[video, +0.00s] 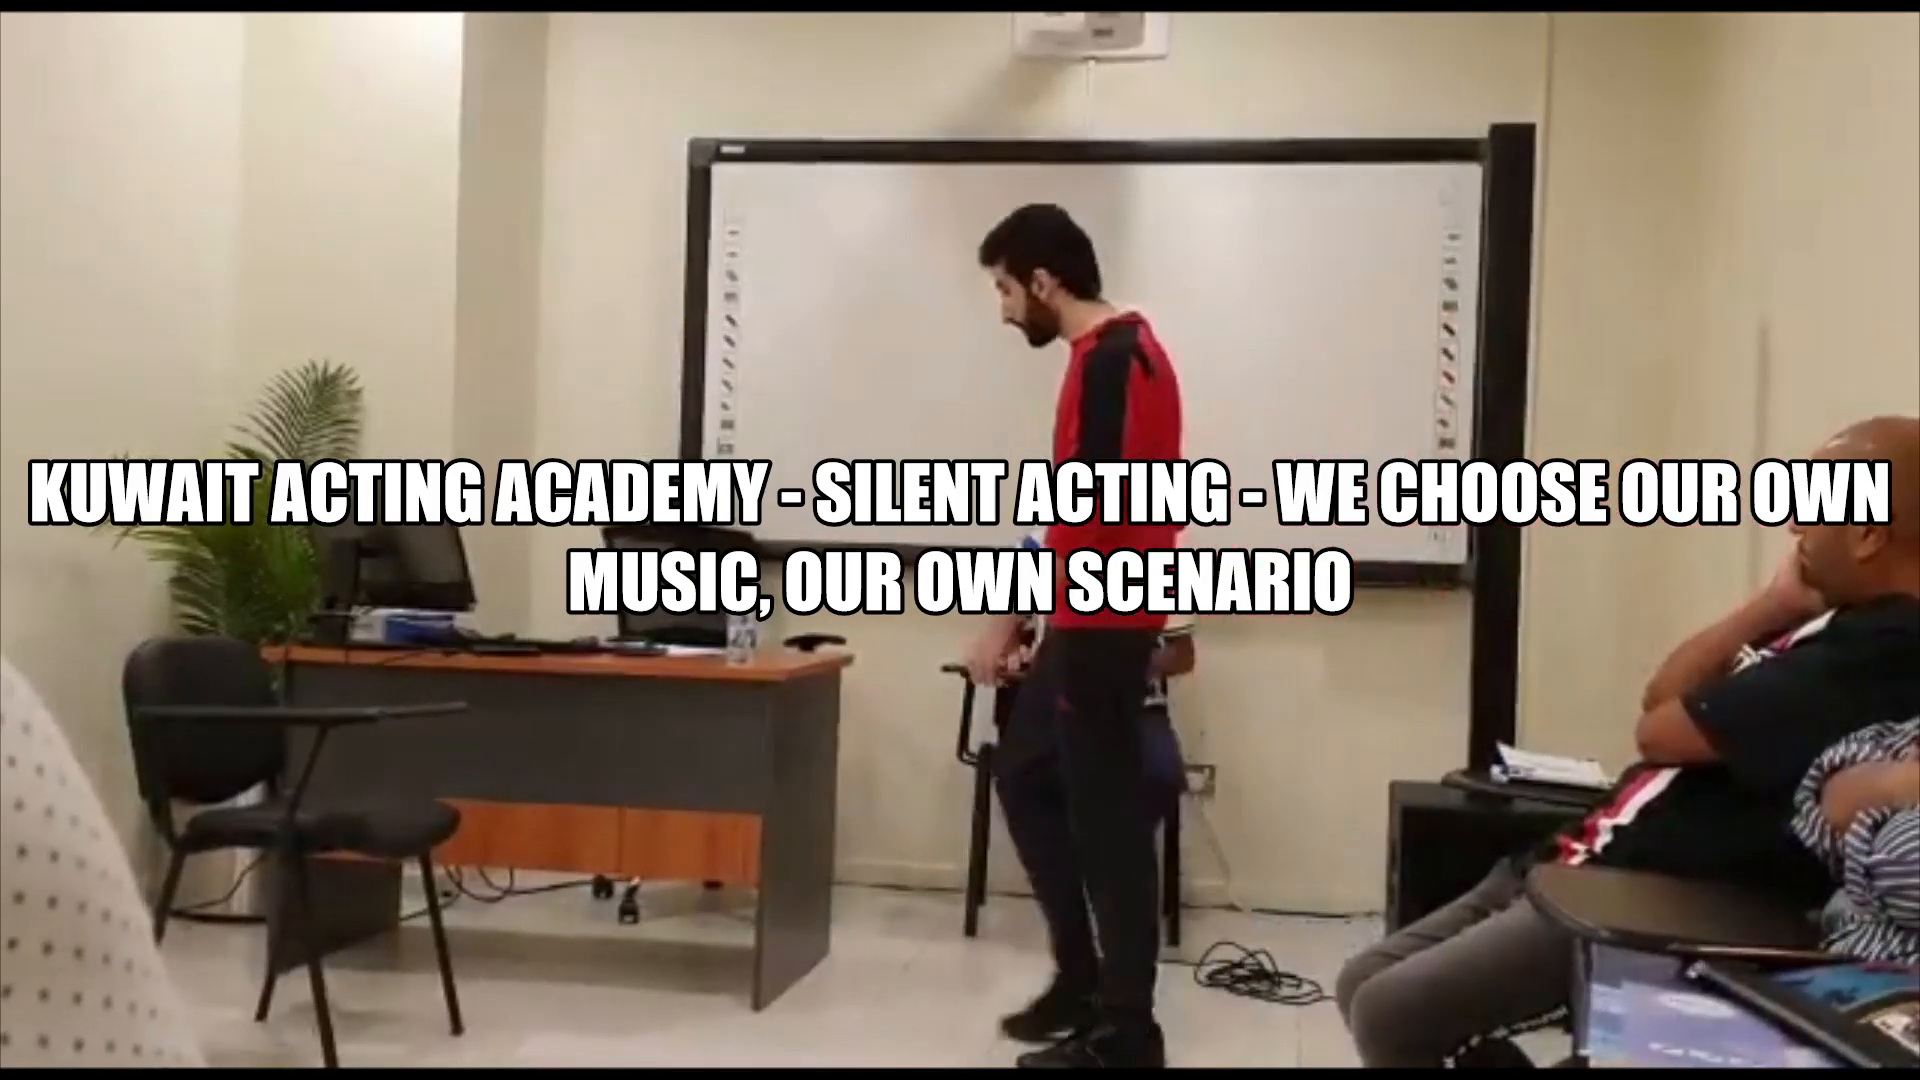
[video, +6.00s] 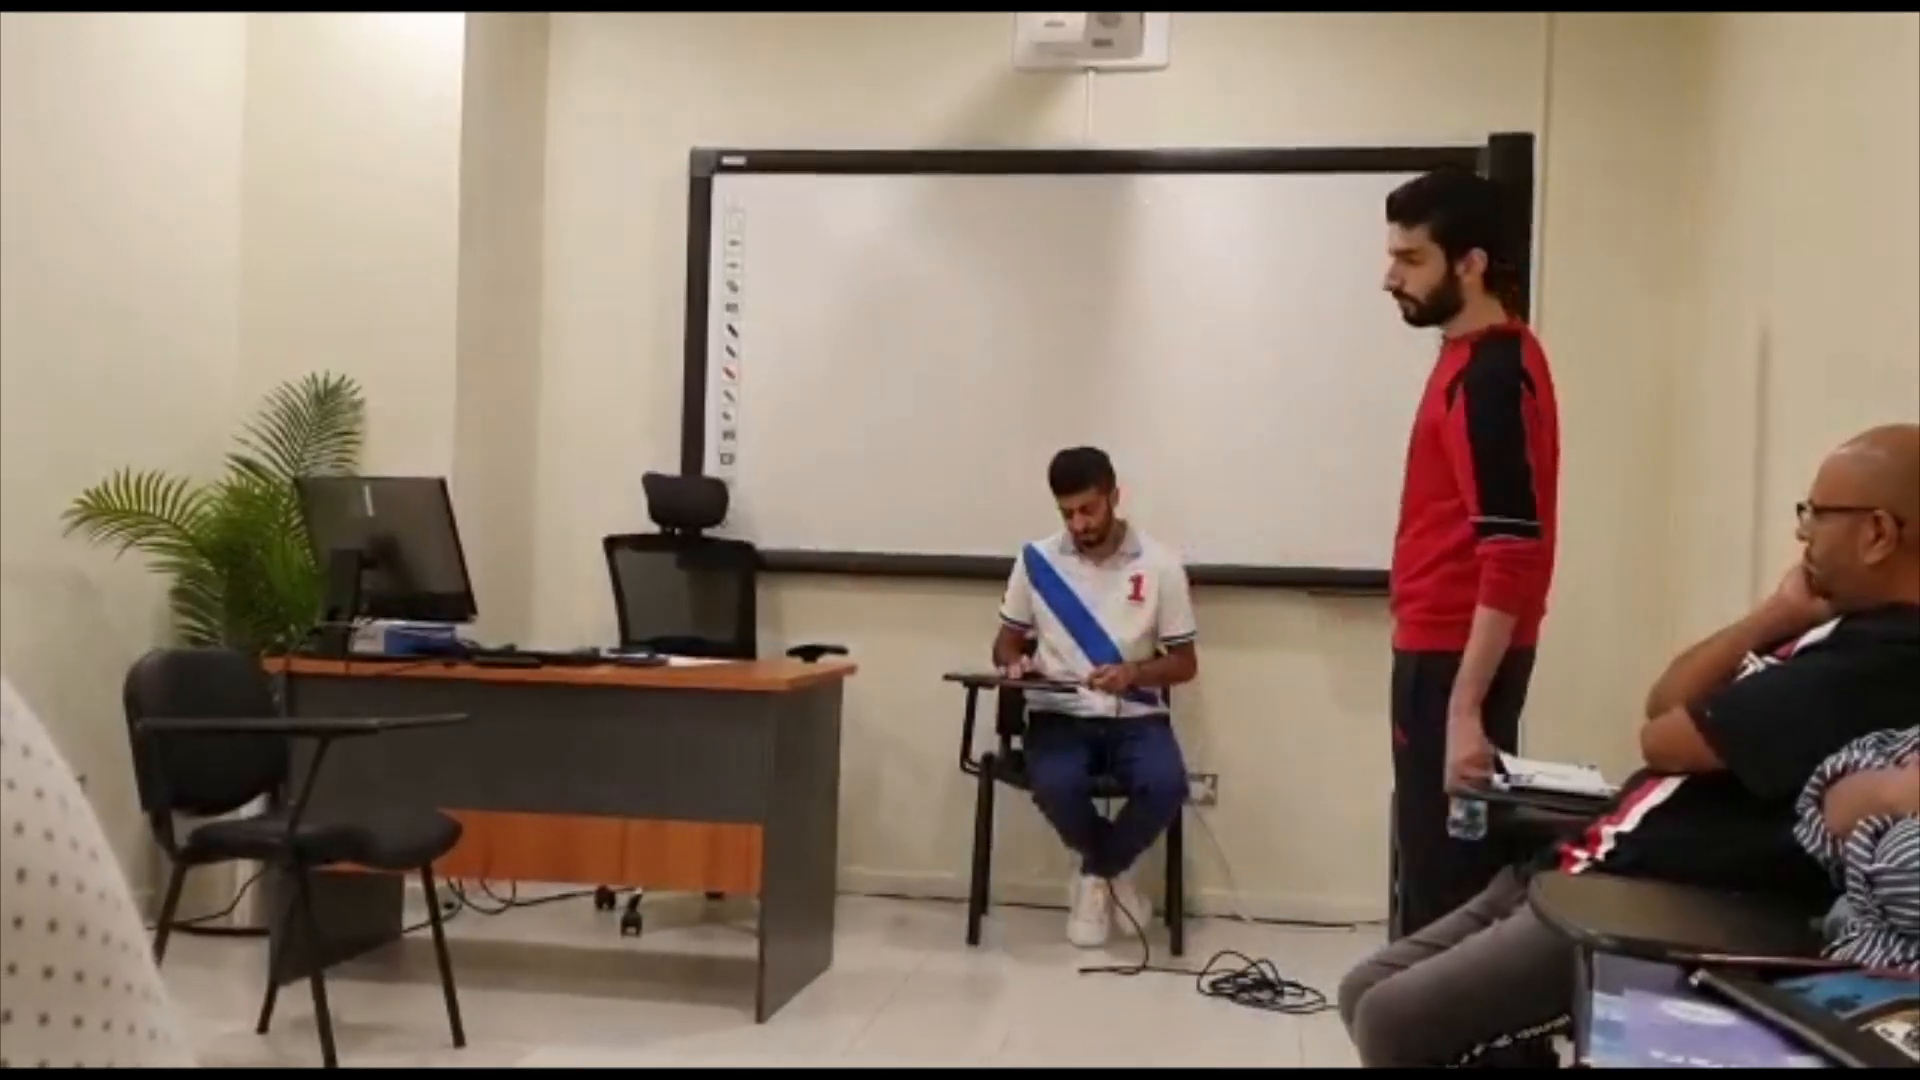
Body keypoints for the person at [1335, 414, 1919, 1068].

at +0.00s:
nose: (1796, 536)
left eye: (1813, 515)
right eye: (1801, 513)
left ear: (1872, 535)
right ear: (1874, 537)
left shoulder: (1884, 646)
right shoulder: (1849, 626)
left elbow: (1664, 736)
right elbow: (1663, 695)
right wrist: (1781, 602)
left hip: (1639, 900)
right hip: (1591, 860)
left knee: (1387, 1015)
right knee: (1363, 980)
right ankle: (1502, 1061)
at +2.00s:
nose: (1798, 535)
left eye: (1816, 513)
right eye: (1803, 513)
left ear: (1877, 534)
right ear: (1876, 536)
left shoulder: (1883, 647)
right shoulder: (1848, 625)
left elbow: (1664, 737)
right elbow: (1666, 695)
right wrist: (1783, 604)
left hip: (1640, 903)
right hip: (1589, 861)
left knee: (1388, 1017)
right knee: (1363, 985)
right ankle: (1491, 1061)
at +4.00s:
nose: (1796, 538)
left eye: (1807, 517)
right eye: (1799, 516)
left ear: (1874, 532)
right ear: (1874, 532)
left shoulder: (1881, 651)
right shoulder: (1848, 628)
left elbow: (1663, 744)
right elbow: (1661, 702)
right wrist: (1778, 612)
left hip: (1640, 906)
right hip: (1586, 863)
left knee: (1388, 1022)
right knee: (1364, 987)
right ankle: (1486, 1060)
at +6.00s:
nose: (1800, 536)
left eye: (1814, 516)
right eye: (1805, 516)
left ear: (1879, 534)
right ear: (1879, 534)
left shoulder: (1882, 653)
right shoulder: (1853, 629)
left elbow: (1666, 744)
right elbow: (1663, 703)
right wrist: (1781, 612)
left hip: (1637, 910)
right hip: (1589, 867)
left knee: (1389, 1024)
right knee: (1364, 989)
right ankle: (1511, 1058)